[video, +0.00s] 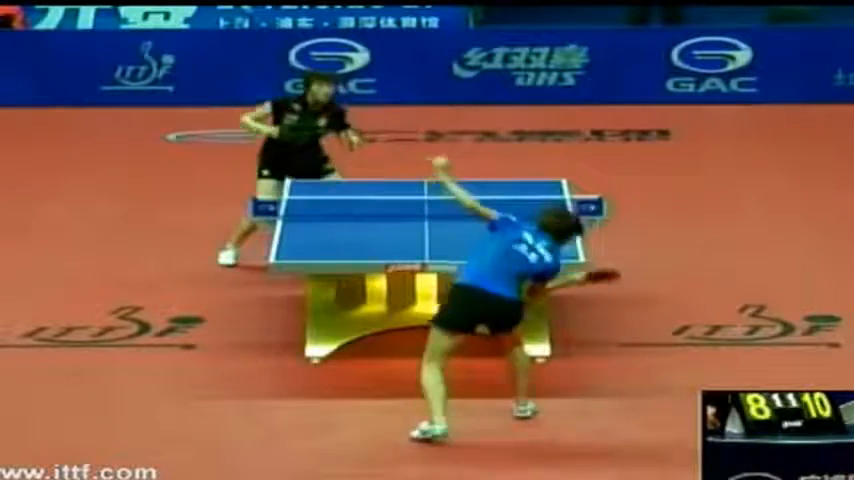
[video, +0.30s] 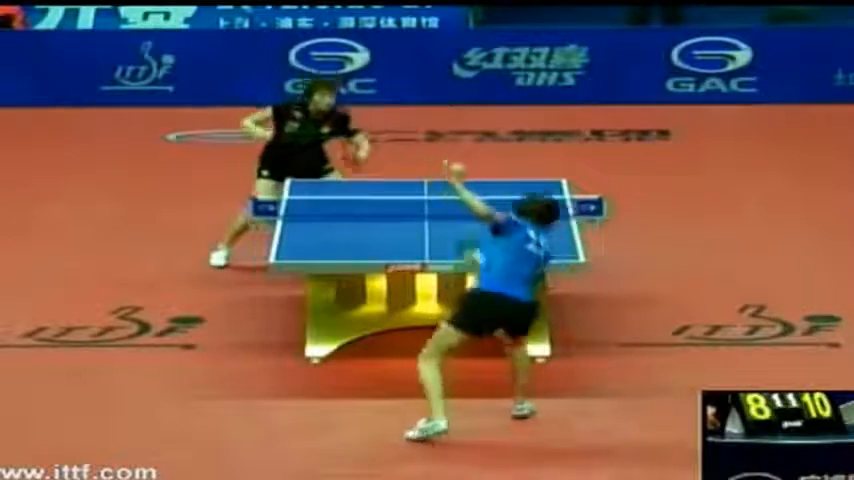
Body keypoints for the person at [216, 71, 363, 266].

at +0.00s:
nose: (326, 92)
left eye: (329, 86)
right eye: (321, 86)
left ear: (333, 90)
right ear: (310, 88)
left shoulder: (333, 113)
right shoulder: (287, 105)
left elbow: (349, 145)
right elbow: (247, 119)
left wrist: (352, 137)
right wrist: (269, 130)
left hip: (311, 158)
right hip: (276, 159)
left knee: (341, 197)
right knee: (265, 210)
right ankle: (232, 247)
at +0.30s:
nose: (325, 102)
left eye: (329, 97)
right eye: (321, 96)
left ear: (334, 100)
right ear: (311, 96)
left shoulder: (336, 120)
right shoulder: (288, 111)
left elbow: (360, 138)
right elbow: (246, 123)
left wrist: (362, 152)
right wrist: (262, 133)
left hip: (315, 166)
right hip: (277, 165)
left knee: (343, 202)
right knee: (260, 210)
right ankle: (224, 247)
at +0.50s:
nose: (318, 124)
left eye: (323, 120)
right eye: (315, 118)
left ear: (329, 120)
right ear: (306, 115)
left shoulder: (332, 131)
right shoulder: (284, 123)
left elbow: (361, 155)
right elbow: (239, 132)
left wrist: (350, 165)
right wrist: (252, 143)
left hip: (306, 176)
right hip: (273, 172)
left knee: (316, 213)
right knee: (259, 210)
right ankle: (224, 247)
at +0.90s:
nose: (317, 109)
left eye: (321, 104)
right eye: (312, 105)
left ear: (327, 104)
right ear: (303, 106)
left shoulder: (334, 118)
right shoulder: (290, 111)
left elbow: (362, 141)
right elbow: (254, 111)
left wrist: (355, 136)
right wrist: (247, 118)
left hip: (321, 160)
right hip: (288, 158)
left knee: (337, 204)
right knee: (260, 206)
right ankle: (225, 246)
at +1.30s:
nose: (313, 99)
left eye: (317, 95)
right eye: (309, 93)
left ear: (323, 97)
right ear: (298, 93)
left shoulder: (325, 118)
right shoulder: (279, 107)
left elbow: (340, 138)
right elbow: (249, 121)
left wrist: (341, 146)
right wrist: (243, 133)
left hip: (304, 165)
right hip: (269, 163)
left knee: (328, 202)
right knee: (247, 211)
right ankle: (205, 250)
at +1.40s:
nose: (305, 89)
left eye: (307, 85)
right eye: (299, 84)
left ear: (309, 88)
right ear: (286, 85)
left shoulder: (307, 111)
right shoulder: (262, 104)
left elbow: (318, 135)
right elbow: (219, 116)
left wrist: (331, 141)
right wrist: (239, 127)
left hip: (280, 158)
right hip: (247, 157)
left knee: (304, 201)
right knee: (227, 212)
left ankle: (297, 253)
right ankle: (200, 248)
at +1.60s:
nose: (292, 89)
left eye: (296, 84)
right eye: (289, 83)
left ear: (297, 87)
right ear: (275, 82)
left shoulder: (294, 111)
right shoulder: (248, 101)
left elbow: (316, 138)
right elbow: (205, 114)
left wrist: (334, 143)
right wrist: (233, 123)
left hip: (260, 158)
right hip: (230, 156)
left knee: (296, 197)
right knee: (217, 210)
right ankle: (175, 246)